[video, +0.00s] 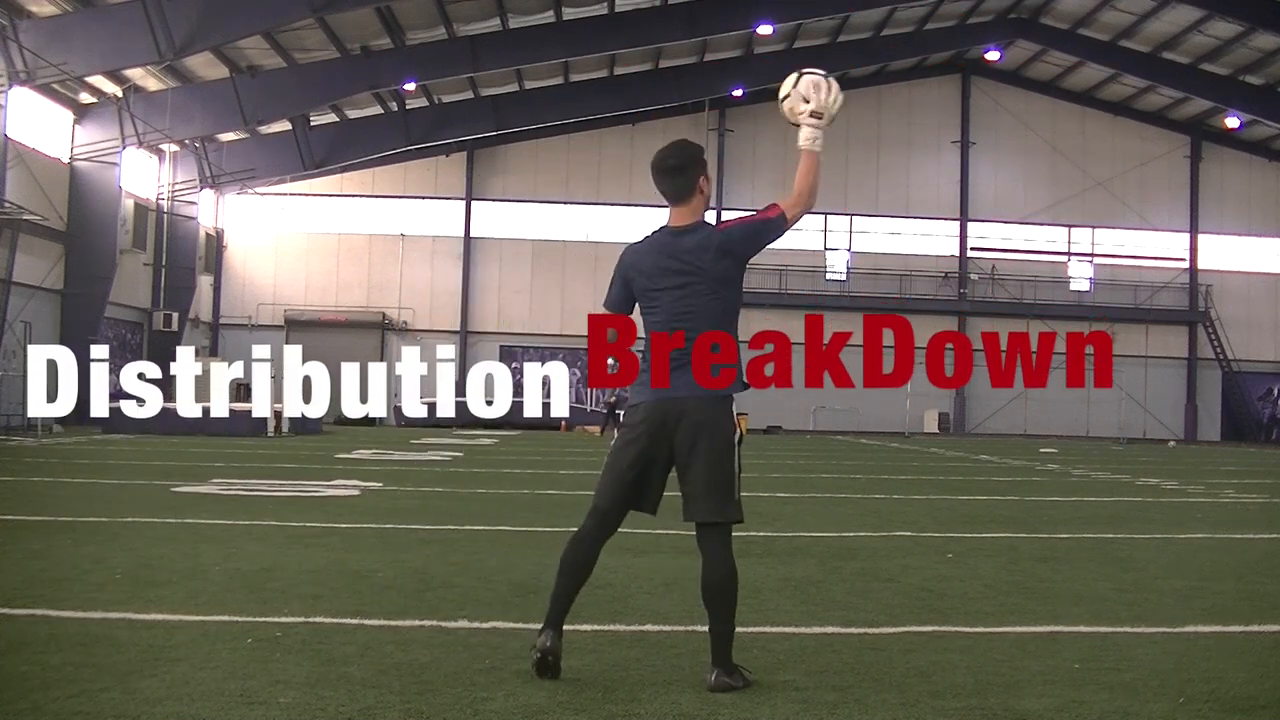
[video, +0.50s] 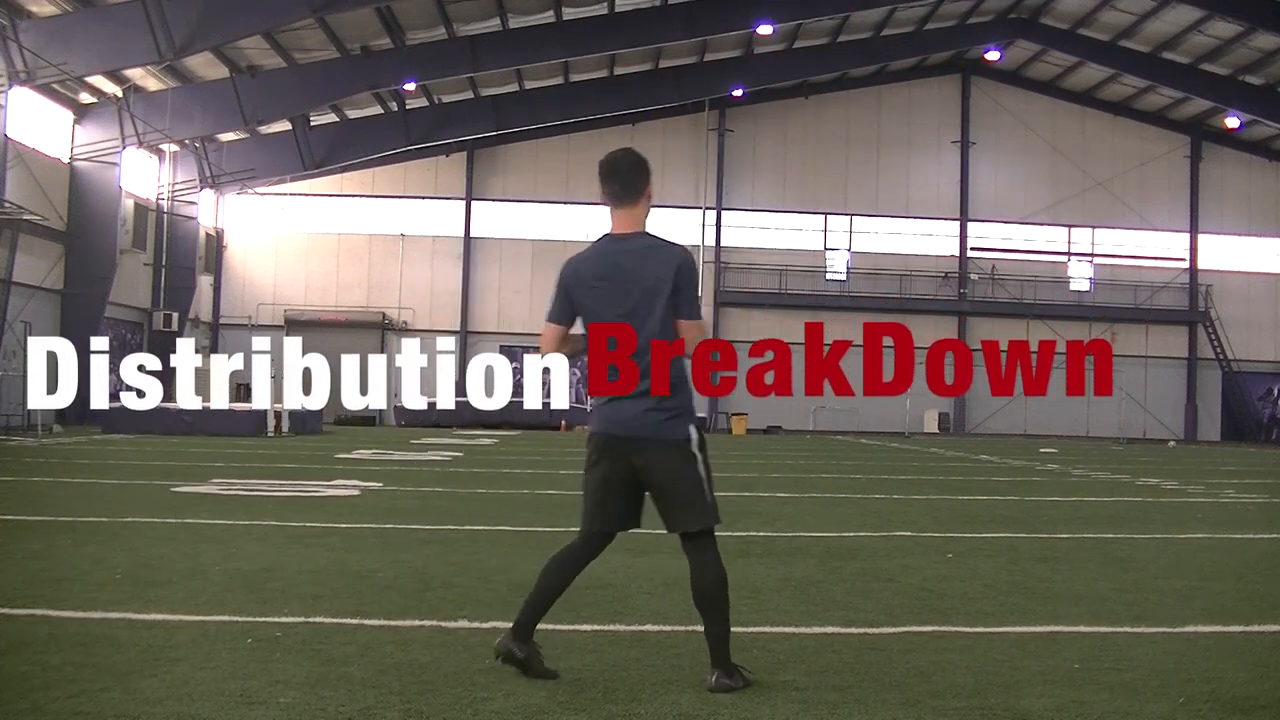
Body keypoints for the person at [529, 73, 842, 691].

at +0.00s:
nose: (711, 183)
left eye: (703, 177)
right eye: (709, 177)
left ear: (661, 190)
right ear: (703, 185)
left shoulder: (636, 255)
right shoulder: (727, 242)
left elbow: (610, 330)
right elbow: (797, 203)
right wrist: (811, 134)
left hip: (648, 403)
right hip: (707, 406)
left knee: (599, 520)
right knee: (715, 536)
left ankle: (550, 631)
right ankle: (721, 665)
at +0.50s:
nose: (649, 197)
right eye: (650, 189)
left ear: (602, 195)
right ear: (650, 192)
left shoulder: (578, 266)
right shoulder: (676, 260)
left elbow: (552, 342)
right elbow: (691, 341)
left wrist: (592, 342)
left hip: (606, 432)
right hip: (667, 433)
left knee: (593, 534)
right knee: (700, 544)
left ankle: (518, 637)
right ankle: (722, 668)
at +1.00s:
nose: (496, 192)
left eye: (481, 183)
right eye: (498, 182)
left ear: (453, 189)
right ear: (499, 184)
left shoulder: (431, 258)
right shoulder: (521, 247)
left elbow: (391, 335)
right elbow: (543, 330)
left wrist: (439, 335)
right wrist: (503, 325)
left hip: (452, 420)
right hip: (500, 420)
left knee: (492, 537)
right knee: (496, 536)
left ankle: (507, 659)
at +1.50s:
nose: (397, 189)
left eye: (395, 179)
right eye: (396, 179)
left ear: (345, 176)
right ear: (388, 176)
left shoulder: (308, 238)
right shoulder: (374, 237)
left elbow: (277, 319)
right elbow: (377, 327)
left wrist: (300, 376)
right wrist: (393, 386)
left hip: (294, 412)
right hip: (334, 416)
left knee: (316, 542)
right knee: (323, 541)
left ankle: (224, 633)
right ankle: (325, 674)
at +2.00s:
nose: (336, 351)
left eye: (338, 340)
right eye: (339, 339)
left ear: (297, 316)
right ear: (327, 328)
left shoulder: (246, 327)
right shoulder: (314, 351)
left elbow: (197, 412)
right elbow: (291, 435)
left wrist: (198, 531)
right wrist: (276, 530)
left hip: (120, 397)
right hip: (175, 409)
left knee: (148, 549)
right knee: (183, 551)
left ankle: (155, 693)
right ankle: (162, 699)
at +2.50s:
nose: (246, 323)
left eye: (248, 313)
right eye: (247, 313)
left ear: (198, 300)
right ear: (237, 308)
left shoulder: (154, 323)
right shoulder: (221, 343)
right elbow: (211, 431)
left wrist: (111, 530)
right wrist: (229, 534)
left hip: (14, 427)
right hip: (81, 436)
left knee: (89, 544)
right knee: (160, 555)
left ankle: (71, 686)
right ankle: (160, 703)